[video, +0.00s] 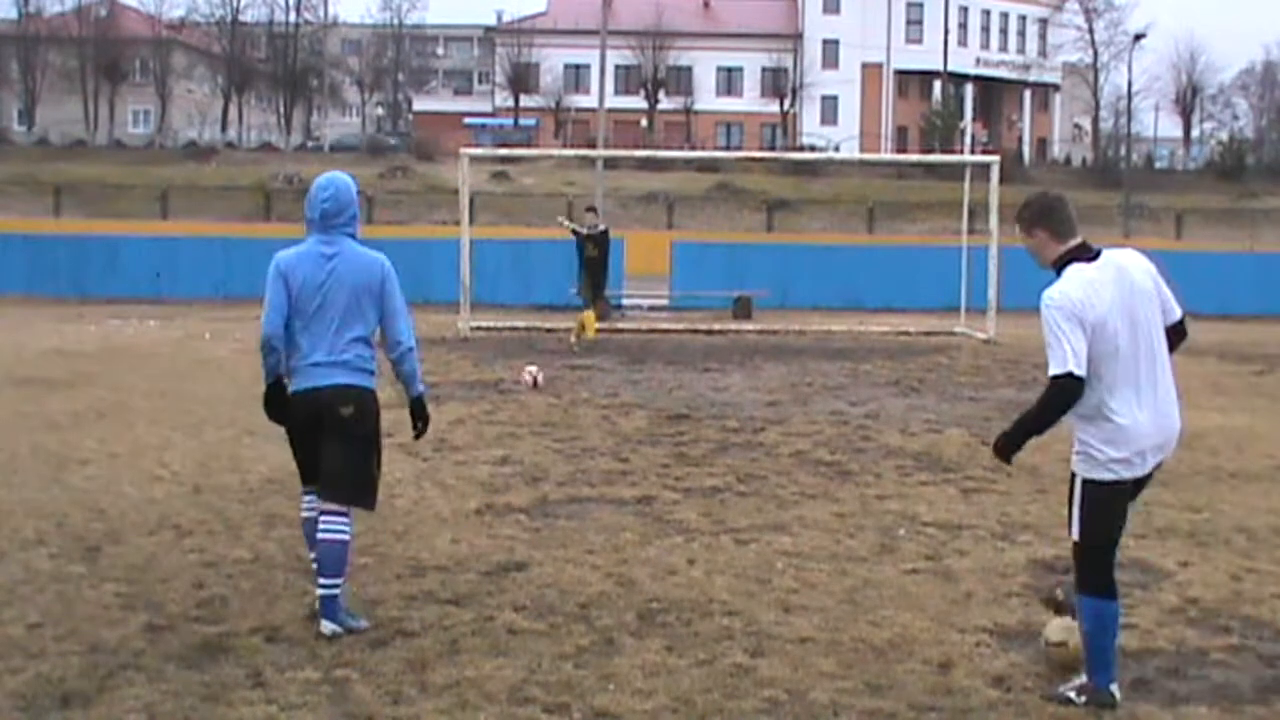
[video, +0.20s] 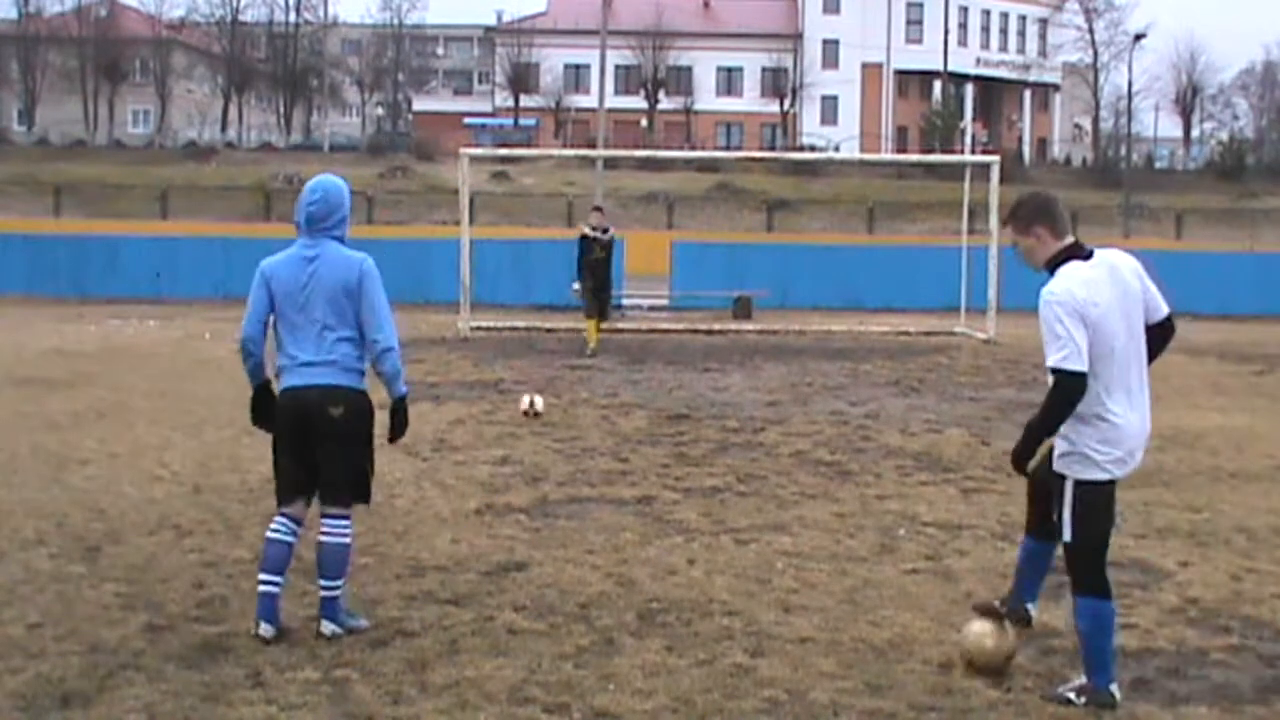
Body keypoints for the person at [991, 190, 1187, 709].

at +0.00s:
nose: (1028, 249)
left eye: (1027, 239)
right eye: (1026, 240)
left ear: (1042, 236)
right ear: (1072, 226)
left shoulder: (1061, 297)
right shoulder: (1132, 260)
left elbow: (1068, 384)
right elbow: (1176, 330)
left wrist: (1014, 437)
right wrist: (1128, 368)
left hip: (1109, 447)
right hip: (1159, 431)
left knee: (1093, 561)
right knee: (1101, 518)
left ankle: (1100, 683)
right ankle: (1087, 599)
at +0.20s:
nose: (1018, 255)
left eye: (1018, 244)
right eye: (1015, 245)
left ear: (1039, 235)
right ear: (1057, 231)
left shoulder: (1059, 294)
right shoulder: (1121, 261)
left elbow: (1070, 383)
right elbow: (1163, 327)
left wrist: (1028, 442)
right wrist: (1120, 375)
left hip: (1091, 441)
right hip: (1128, 429)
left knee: (1085, 563)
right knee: (1043, 490)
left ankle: (1100, 686)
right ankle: (1019, 604)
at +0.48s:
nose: (1008, 249)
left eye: (1011, 239)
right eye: (1006, 240)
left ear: (1042, 229)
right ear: (1047, 231)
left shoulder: (1059, 288)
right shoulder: (1099, 266)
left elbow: (1077, 380)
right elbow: (1126, 333)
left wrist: (1031, 457)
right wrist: (1089, 380)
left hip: (1063, 449)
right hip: (1038, 429)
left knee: (1064, 562)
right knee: (979, 478)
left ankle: (1099, 684)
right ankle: (944, 591)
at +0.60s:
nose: (1005, 242)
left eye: (1011, 230)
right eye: (1000, 232)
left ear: (1044, 222)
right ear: (1035, 227)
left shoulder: (1068, 285)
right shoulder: (1049, 273)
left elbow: (1082, 375)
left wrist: (1022, 445)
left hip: (1052, 449)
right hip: (1019, 431)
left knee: (1057, 561)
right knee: (963, 486)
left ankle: (1097, 682)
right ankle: (924, 597)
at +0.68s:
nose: (1004, 237)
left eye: (1012, 225)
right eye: (998, 229)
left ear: (1042, 219)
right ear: (1001, 233)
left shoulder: (1066, 283)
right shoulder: (1031, 276)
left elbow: (1087, 372)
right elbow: (1031, 375)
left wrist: (1019, 439)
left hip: (1044, 450)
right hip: (1006, 433)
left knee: (1053, 560)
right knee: (952, 489)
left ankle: (1096, 681)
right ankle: (915, 598)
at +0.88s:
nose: (961, 242)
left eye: (967, 230)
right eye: (956, 234)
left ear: (1000, 220)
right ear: (965, 233)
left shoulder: (1039, 281)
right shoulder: (994, 280)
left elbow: (1067, 364)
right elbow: (1003, 366)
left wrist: (1010, 426)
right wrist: (975, 425)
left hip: (1019, 450)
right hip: (975, 431)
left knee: (1036, 559)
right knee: (910, 489)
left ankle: (1092, 677)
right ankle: (907, 597)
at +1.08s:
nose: (887, 263)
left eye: (891, 251)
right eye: (883, 254)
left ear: (925, 239)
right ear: (915, 245)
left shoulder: (965, 288)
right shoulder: (937, 291)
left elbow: (996, 373)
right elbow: (959, 373)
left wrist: (946, 442)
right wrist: (936, 436)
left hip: (977, 458)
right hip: (938, 453)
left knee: (1012, 560)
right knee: (905, 541)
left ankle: (1085, 671)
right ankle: (884, 667)